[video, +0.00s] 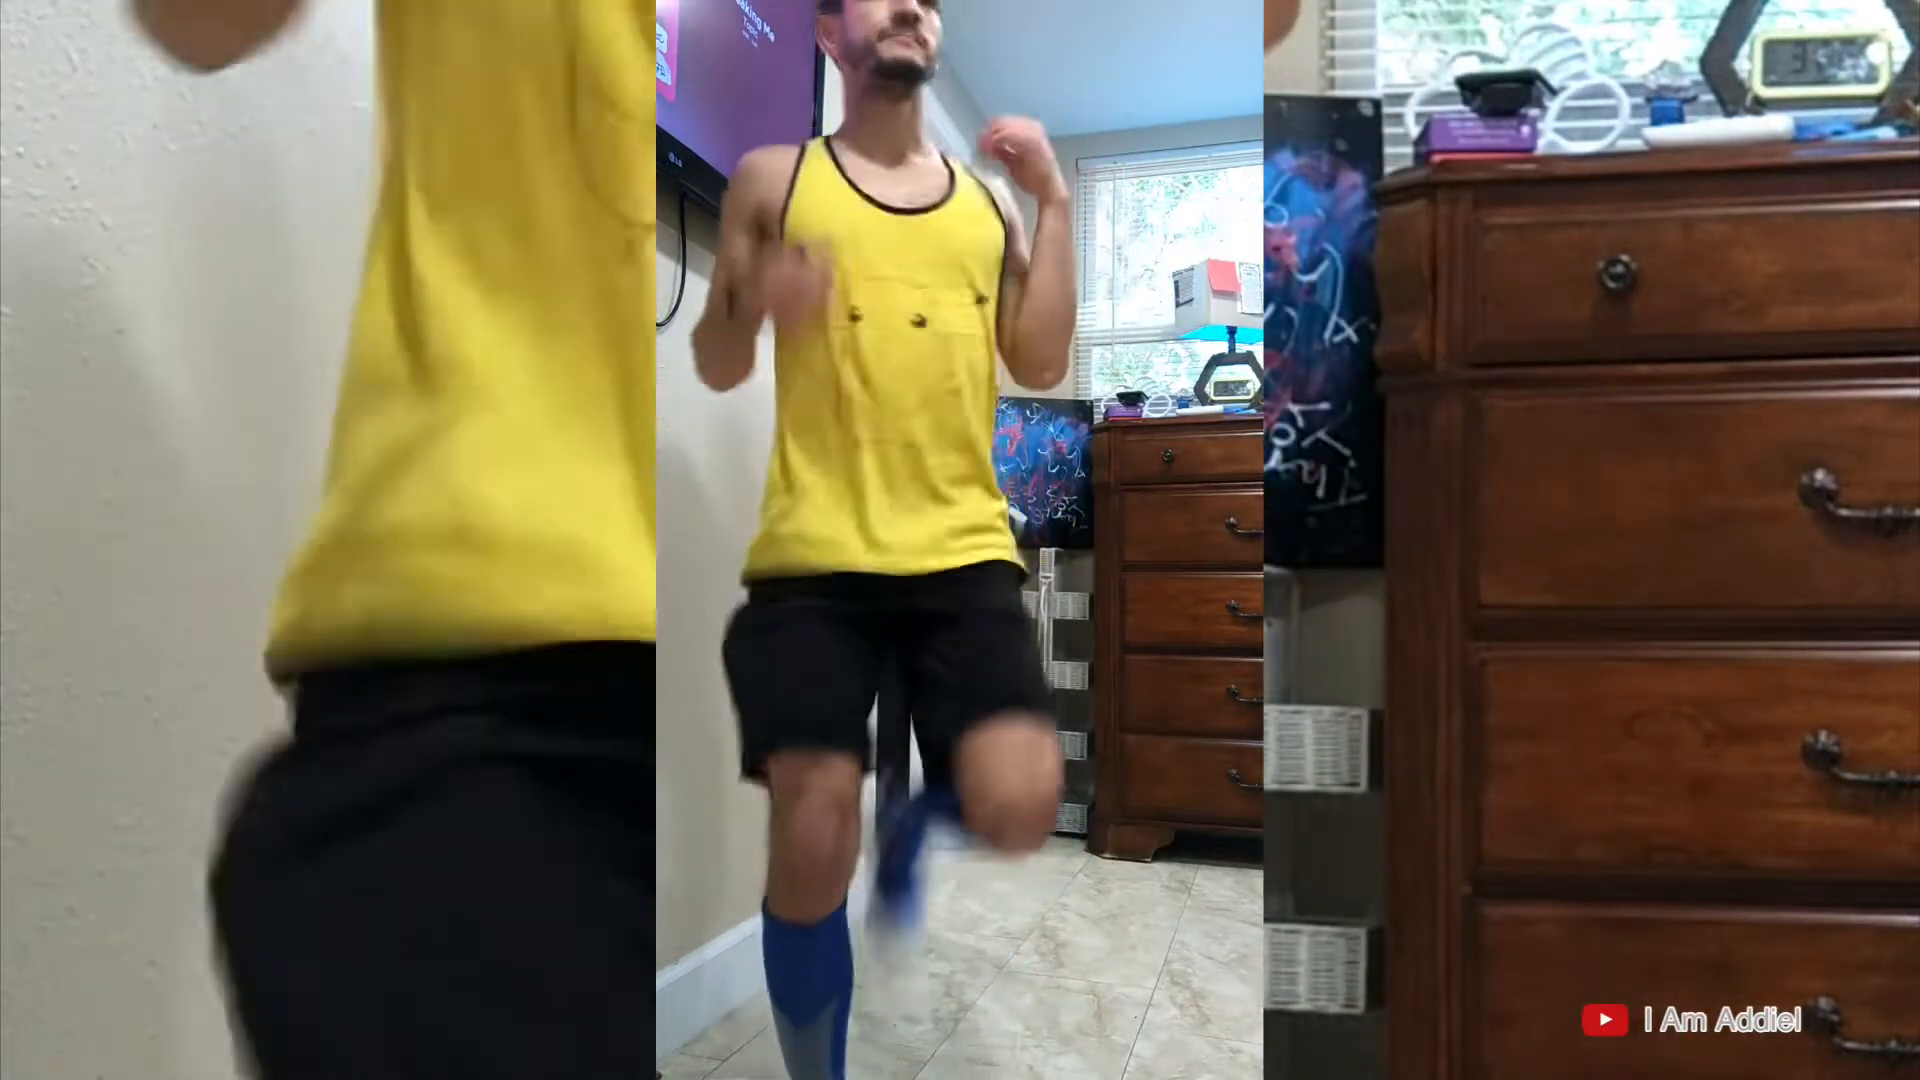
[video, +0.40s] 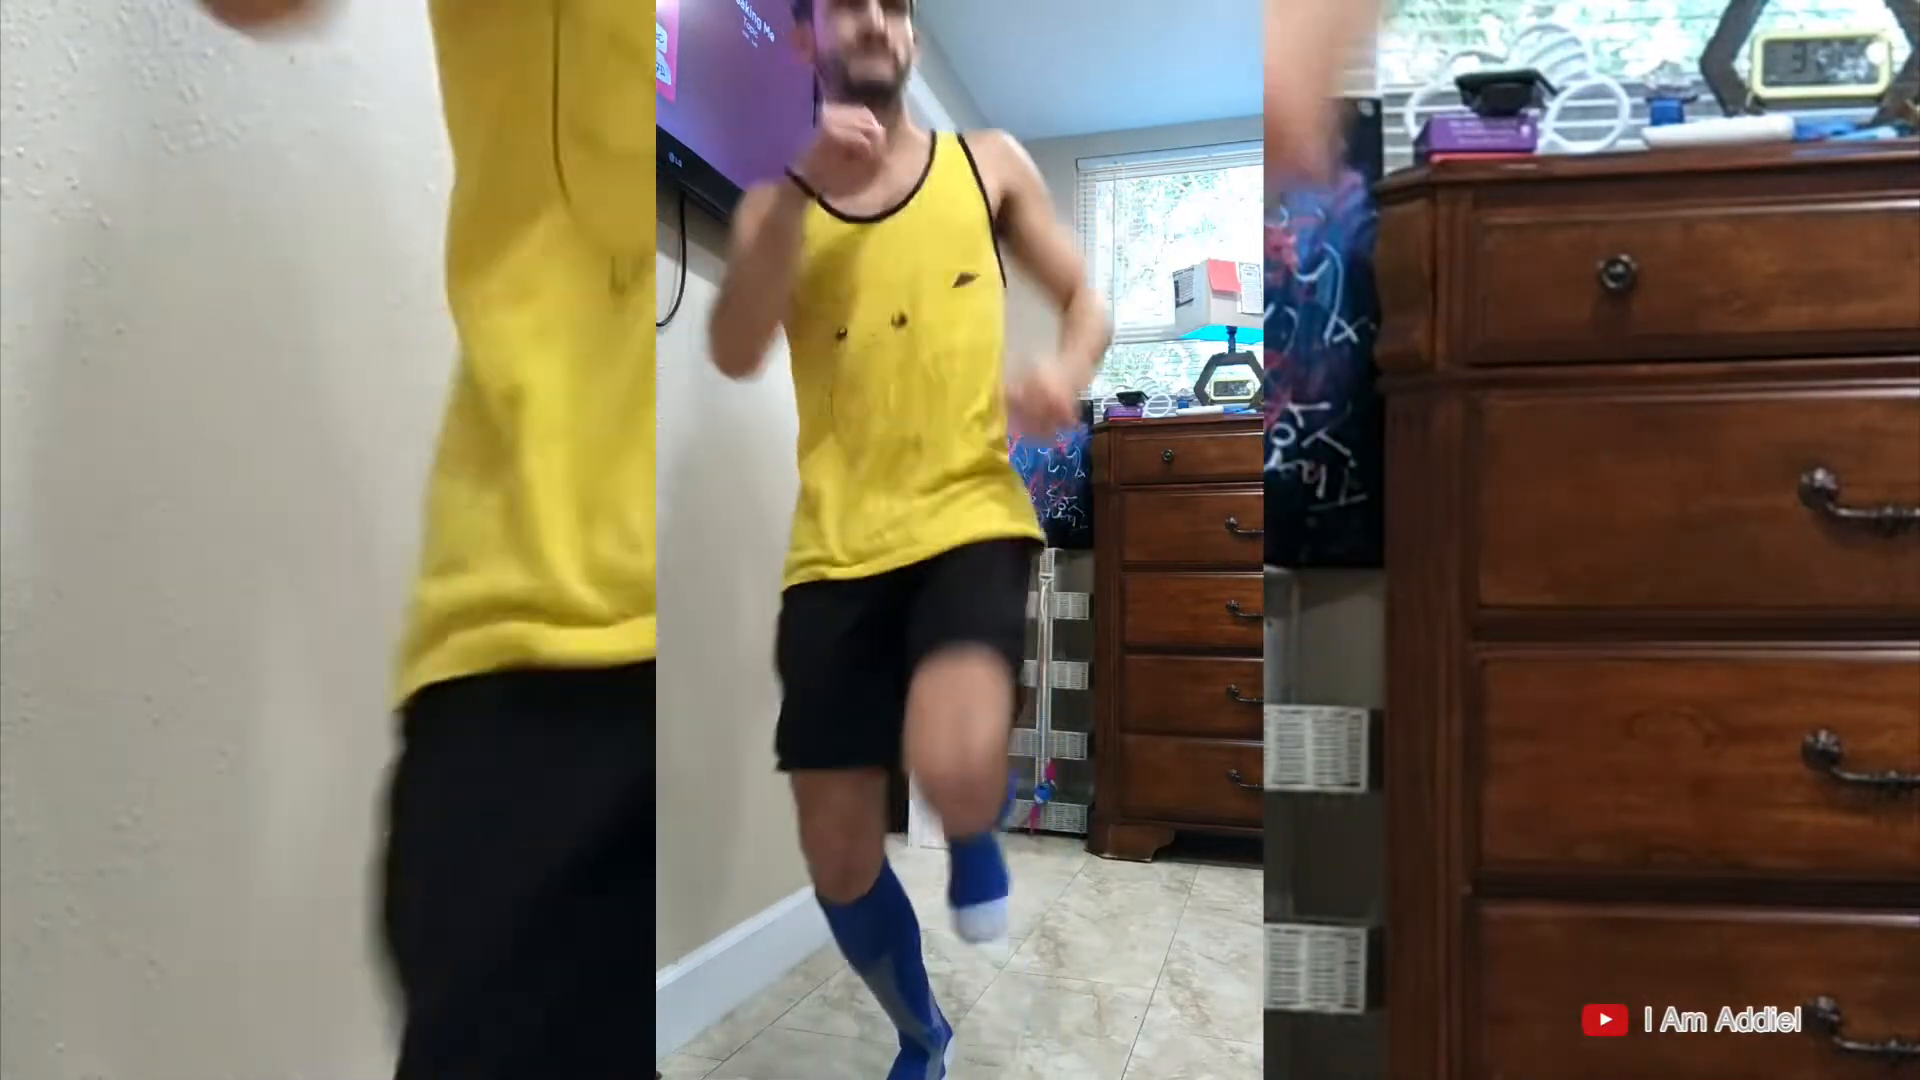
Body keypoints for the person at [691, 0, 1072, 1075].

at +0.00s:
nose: (906, 12)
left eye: (921, 5)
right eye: (879, 2)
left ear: (939, 41)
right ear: (831, 33)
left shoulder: (980, 200)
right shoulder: (774, 177)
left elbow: (1039, 363)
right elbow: (718, 368)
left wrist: (1052, 204)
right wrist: (750, 282)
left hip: (964, 548)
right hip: (814, 551)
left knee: (1022, 809)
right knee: (816, 826)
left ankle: (910, 818)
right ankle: (817, 1074)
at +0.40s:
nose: (875, 20)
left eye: (892, 5)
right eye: (847, 5)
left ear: (915, 30)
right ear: (805, 36)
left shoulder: (986, 161)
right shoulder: (780, 203)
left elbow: (1084, 299)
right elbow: (736, 351)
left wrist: (1066, 371)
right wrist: (801, 194)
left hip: (970, 507)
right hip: (837, 534)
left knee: (954, 766)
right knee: (837, 855)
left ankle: (971, 845)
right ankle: (921, 1037)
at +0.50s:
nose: (881, 65)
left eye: (898, 42)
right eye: (855, 45)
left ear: (926, 62)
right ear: (822, 72)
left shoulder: (1000, 198)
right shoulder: (791, 222)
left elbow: (1047, 349)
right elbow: (759, 350)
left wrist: (1070, 459)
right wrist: (831, 196)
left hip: (969, 539)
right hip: (825, 557)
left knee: (939, 818)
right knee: (834, 864)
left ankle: (1002, 929)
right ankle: (927, 1043)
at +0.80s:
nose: (933, 5)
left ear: (989, 38)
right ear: (872, 39)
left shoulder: (1035, 175)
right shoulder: (826, 123)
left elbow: (1026, 307)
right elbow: (790, 187)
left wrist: (1061, 309)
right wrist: (1010, 224)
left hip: (971, 558)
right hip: (828, 566)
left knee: (960, 825)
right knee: (850, 892)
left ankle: (970, 1070)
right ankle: (926, 1046)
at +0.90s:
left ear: (1009, 20)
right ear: (894, 16)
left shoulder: (1040, 177)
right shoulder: (849, 100)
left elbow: (1054, 340)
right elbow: (845, 235)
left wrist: (1048, 375)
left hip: (995, 565)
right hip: (844, 563)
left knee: (990, 853)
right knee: (841, 905)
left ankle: (973, 1063)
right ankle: (899, 1009)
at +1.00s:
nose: (981, 17)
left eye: (1006, 1)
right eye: (954, 1)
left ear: (1038, 29)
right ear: (914, 28)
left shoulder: (1038, 231)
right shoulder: (861, 128)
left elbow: (1025, 412)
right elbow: (794, 305)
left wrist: (1096, 363)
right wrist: (850, 511)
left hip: (1007, 583)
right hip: (861, 576)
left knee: (1032, 871)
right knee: (860, 910)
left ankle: (979, 1072)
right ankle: (829, 972)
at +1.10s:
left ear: (1061, 9)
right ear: (938, 6)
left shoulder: (1066, 216)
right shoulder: (875, 97)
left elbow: (1040, 405)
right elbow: (747, 269)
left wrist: (1134, 298)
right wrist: (753, 476)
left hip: (1000, 555)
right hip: (853, 528)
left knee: (1015, 844)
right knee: (904, 793)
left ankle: (973, 1071)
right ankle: (822, 994)